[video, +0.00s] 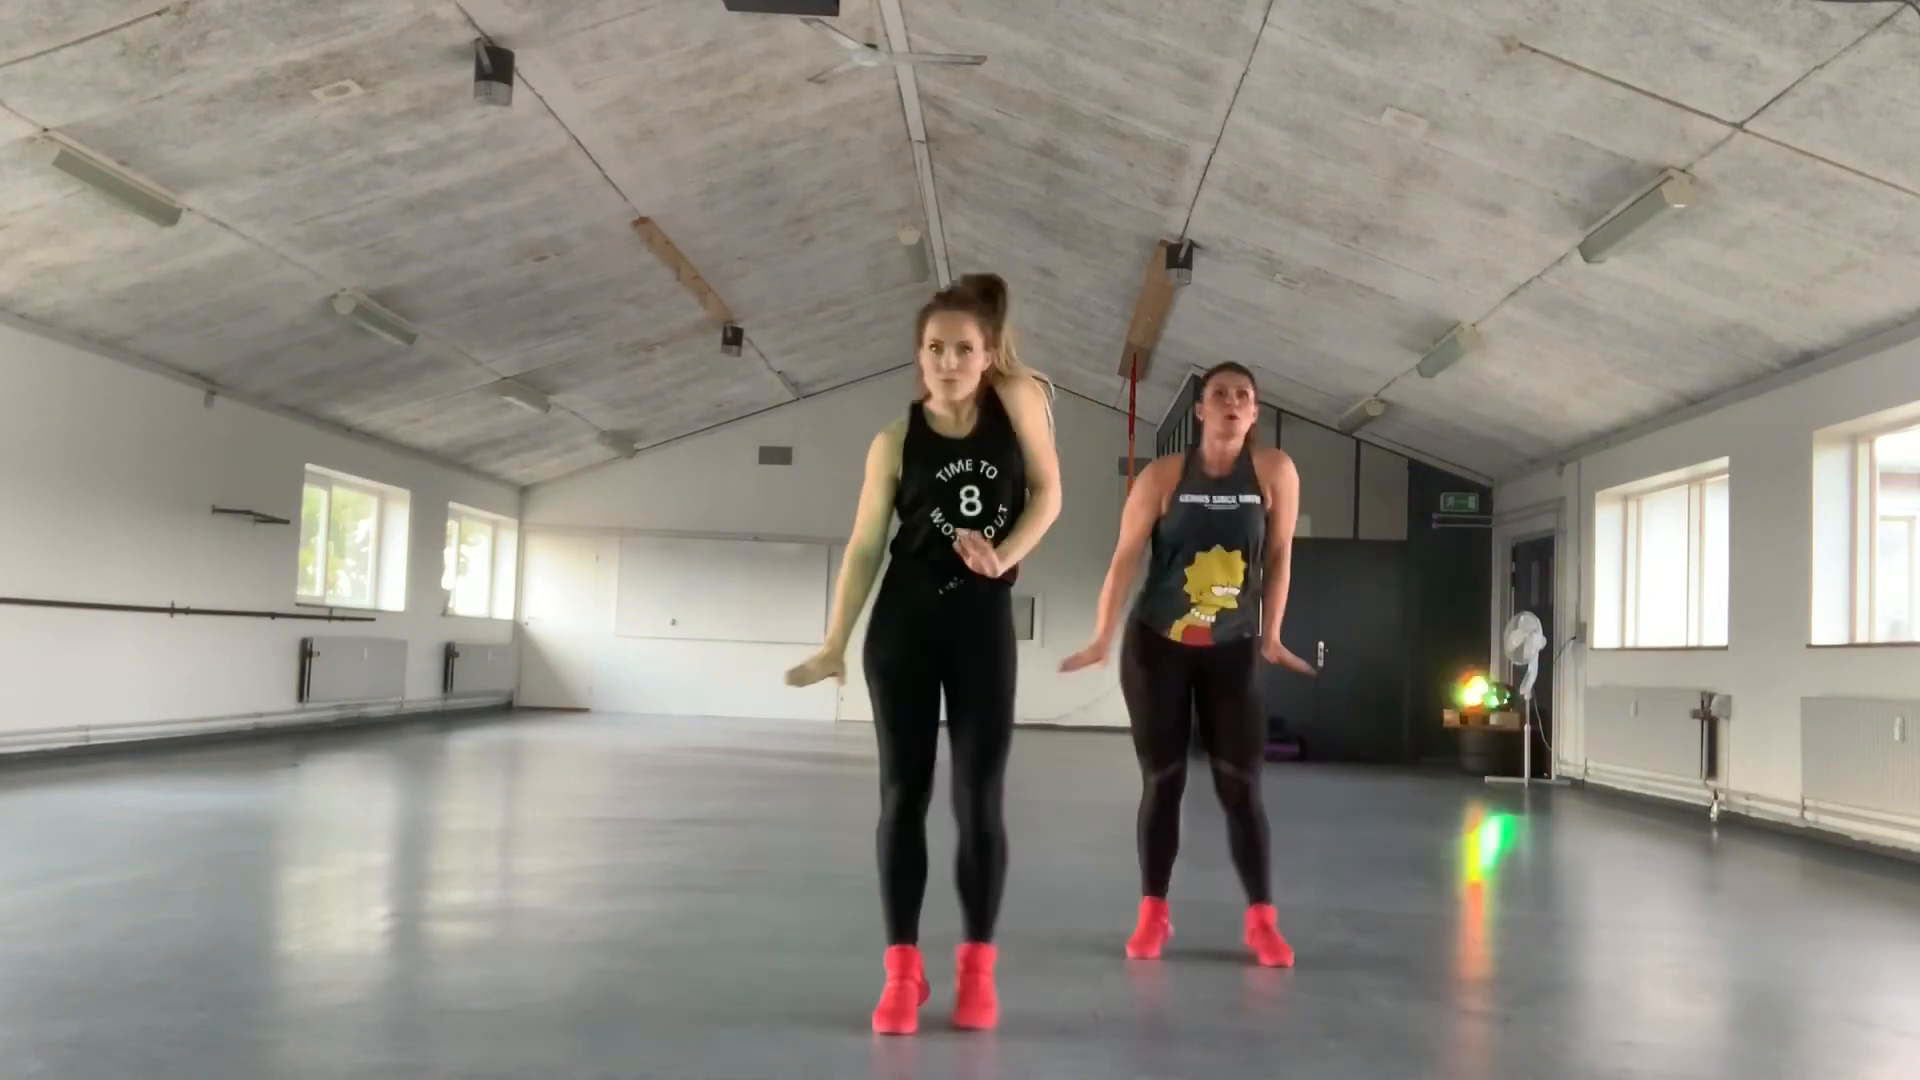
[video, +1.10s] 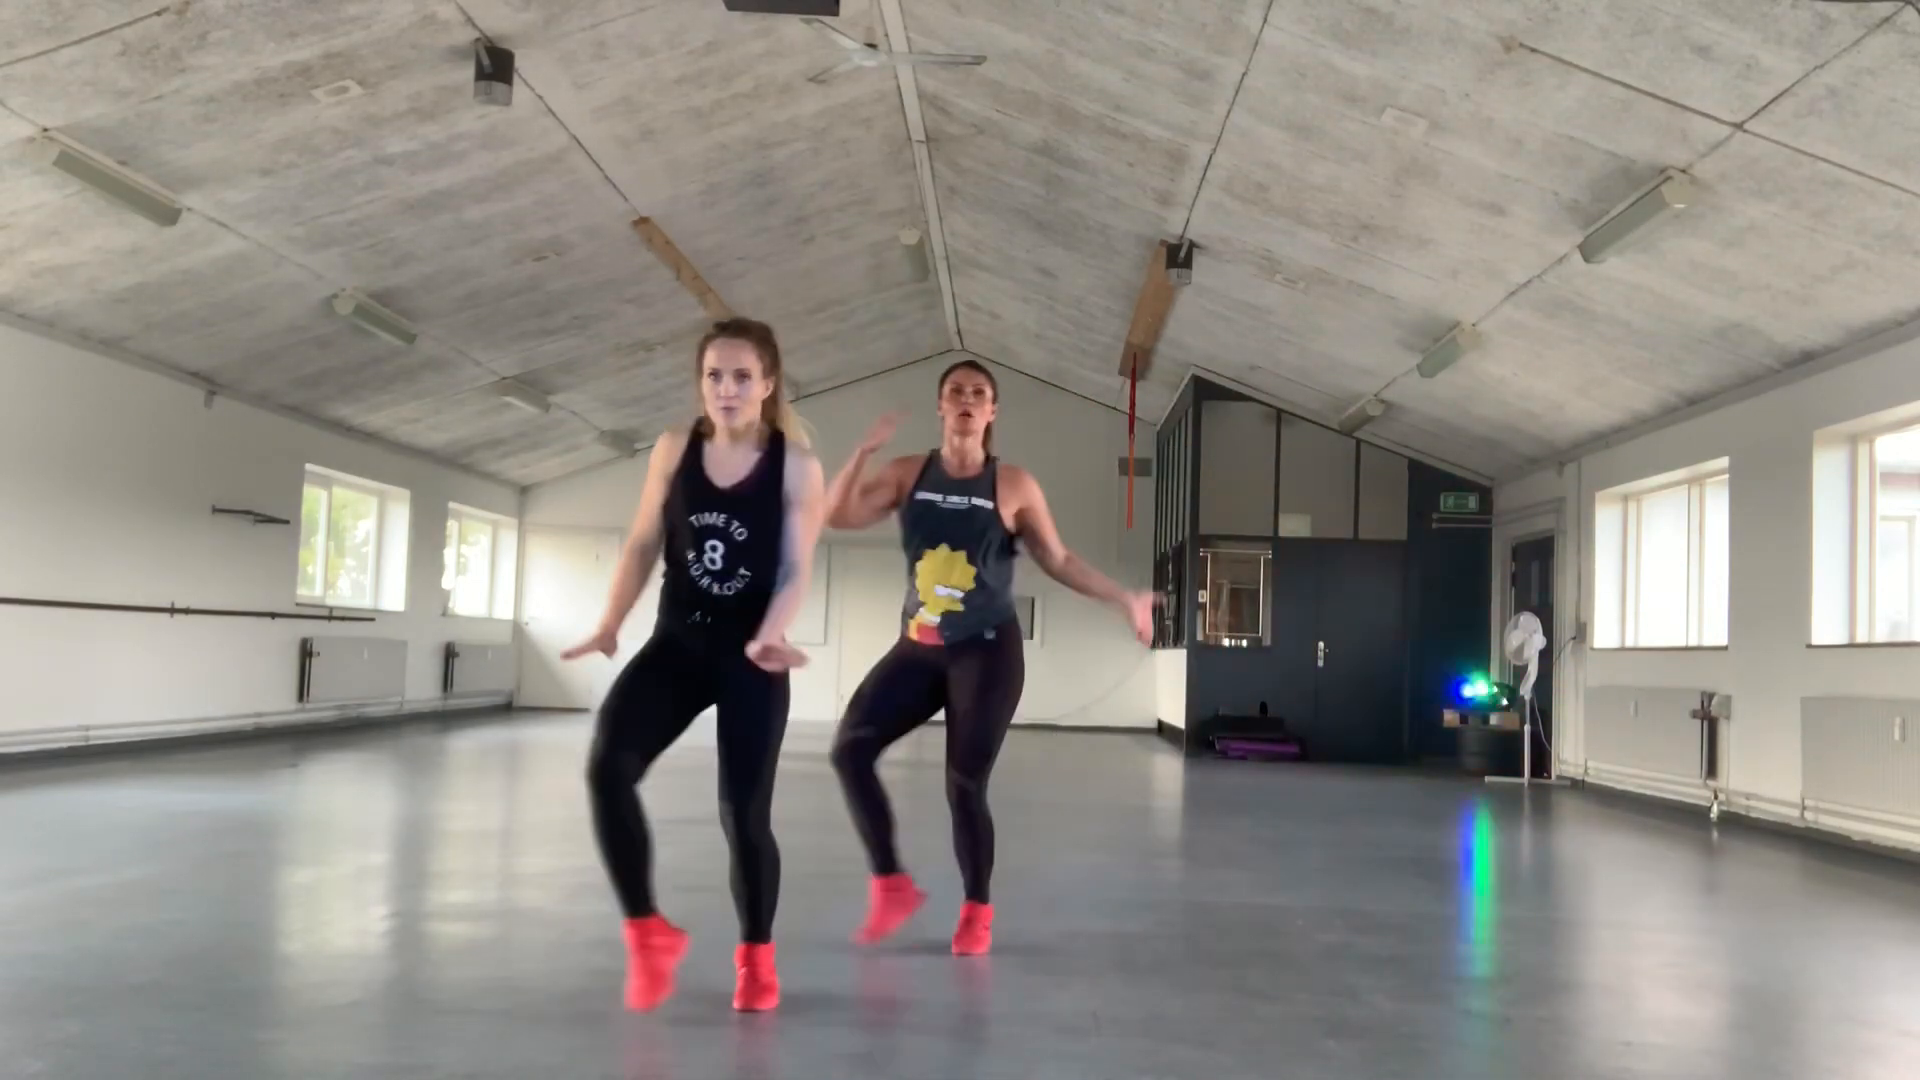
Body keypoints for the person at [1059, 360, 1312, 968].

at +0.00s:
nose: (1232, 405)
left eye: (1242, 397)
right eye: (1220, 396)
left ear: (1255, 411)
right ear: (1198, 407)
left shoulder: (1275, 470)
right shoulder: (1159, 476)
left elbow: (1279, 558)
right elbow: (1126, 559)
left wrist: (1270, 636)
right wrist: (1103, 636)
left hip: (1232, 652)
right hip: (1157, 649)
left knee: (1240, 784)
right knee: (1164, 780)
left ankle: (1261, 915)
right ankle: (1153, 909)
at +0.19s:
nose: (1183, 430)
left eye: (1194, 422)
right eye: (1173, 420)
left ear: (1209, 439)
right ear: (1154, 433)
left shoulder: (1224, 522)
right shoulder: (1123, 480)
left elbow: (1240, 612)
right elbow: (1084, 552)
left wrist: (1255, 699)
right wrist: (1077, 625)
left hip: (1199, 667)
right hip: (1130, 660)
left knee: (1182, 795)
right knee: (1114, 724)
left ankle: (1176, 916)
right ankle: (1108, 836)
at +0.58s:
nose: (1092, 417)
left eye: (1104, 409)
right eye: (1082, 408)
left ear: (1119, 422)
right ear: (1064, 420)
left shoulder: (1139, 501)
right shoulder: (1033, 470)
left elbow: (1151, 591)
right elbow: (1006, 550)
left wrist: (1158, 675)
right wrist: (998, 625)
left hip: (1110, 659)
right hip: (1039, 653)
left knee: (1089, 788)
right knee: (1011, 742)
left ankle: (1083, 912)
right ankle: (1021, 872)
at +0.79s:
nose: (1048, 396)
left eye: (1059, 389)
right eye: (1038, 387)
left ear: (1074, 405)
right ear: (1019, 399)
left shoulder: (1093, 484)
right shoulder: (984, 465)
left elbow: (1105, 575)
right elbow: (951, 549)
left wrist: (1090, 639)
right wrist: (930, 619)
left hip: (1060, 646)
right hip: (983, 641)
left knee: (1064, 781)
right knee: (956, 762)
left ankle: (1076, 909)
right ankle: (951, 889)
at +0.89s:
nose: (1016, 396)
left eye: (1028, 388)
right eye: (1006, 387)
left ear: (1044, 403)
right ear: (989, 400)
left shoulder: (1068, 478)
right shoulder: (955, 470)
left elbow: (1100, 560)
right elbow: (916, 552)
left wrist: (1085, 632)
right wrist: (853, 593)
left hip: (1026, 647)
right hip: (951, 642)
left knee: (1041, 772)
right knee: (955, 775)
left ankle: (1035, 897)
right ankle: (946, 906)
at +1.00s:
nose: (981, 400)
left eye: (992, 392)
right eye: (971, 390)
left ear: (1008, 406)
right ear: (954, 402)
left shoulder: (1033, 480)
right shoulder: (923, 476)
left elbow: (1076, 560)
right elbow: (873, 540)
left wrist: (1110, 630)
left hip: (994, 649)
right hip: (925, 642)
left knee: (968, 779)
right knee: (894, 762)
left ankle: (979, 903)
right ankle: (925, 895)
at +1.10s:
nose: (966, 402)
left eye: (977, 394)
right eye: (956, 393)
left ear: (994, 410)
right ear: (939, 406)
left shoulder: (1014, 486)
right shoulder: (907, 474)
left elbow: (1059, 561)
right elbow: (839, 515)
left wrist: (1126, 598)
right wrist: (860, 454)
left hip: (986, 650)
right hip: (920, 649)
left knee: (965, 783)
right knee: (850, 751)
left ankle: (976, 907)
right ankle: (891, 884)